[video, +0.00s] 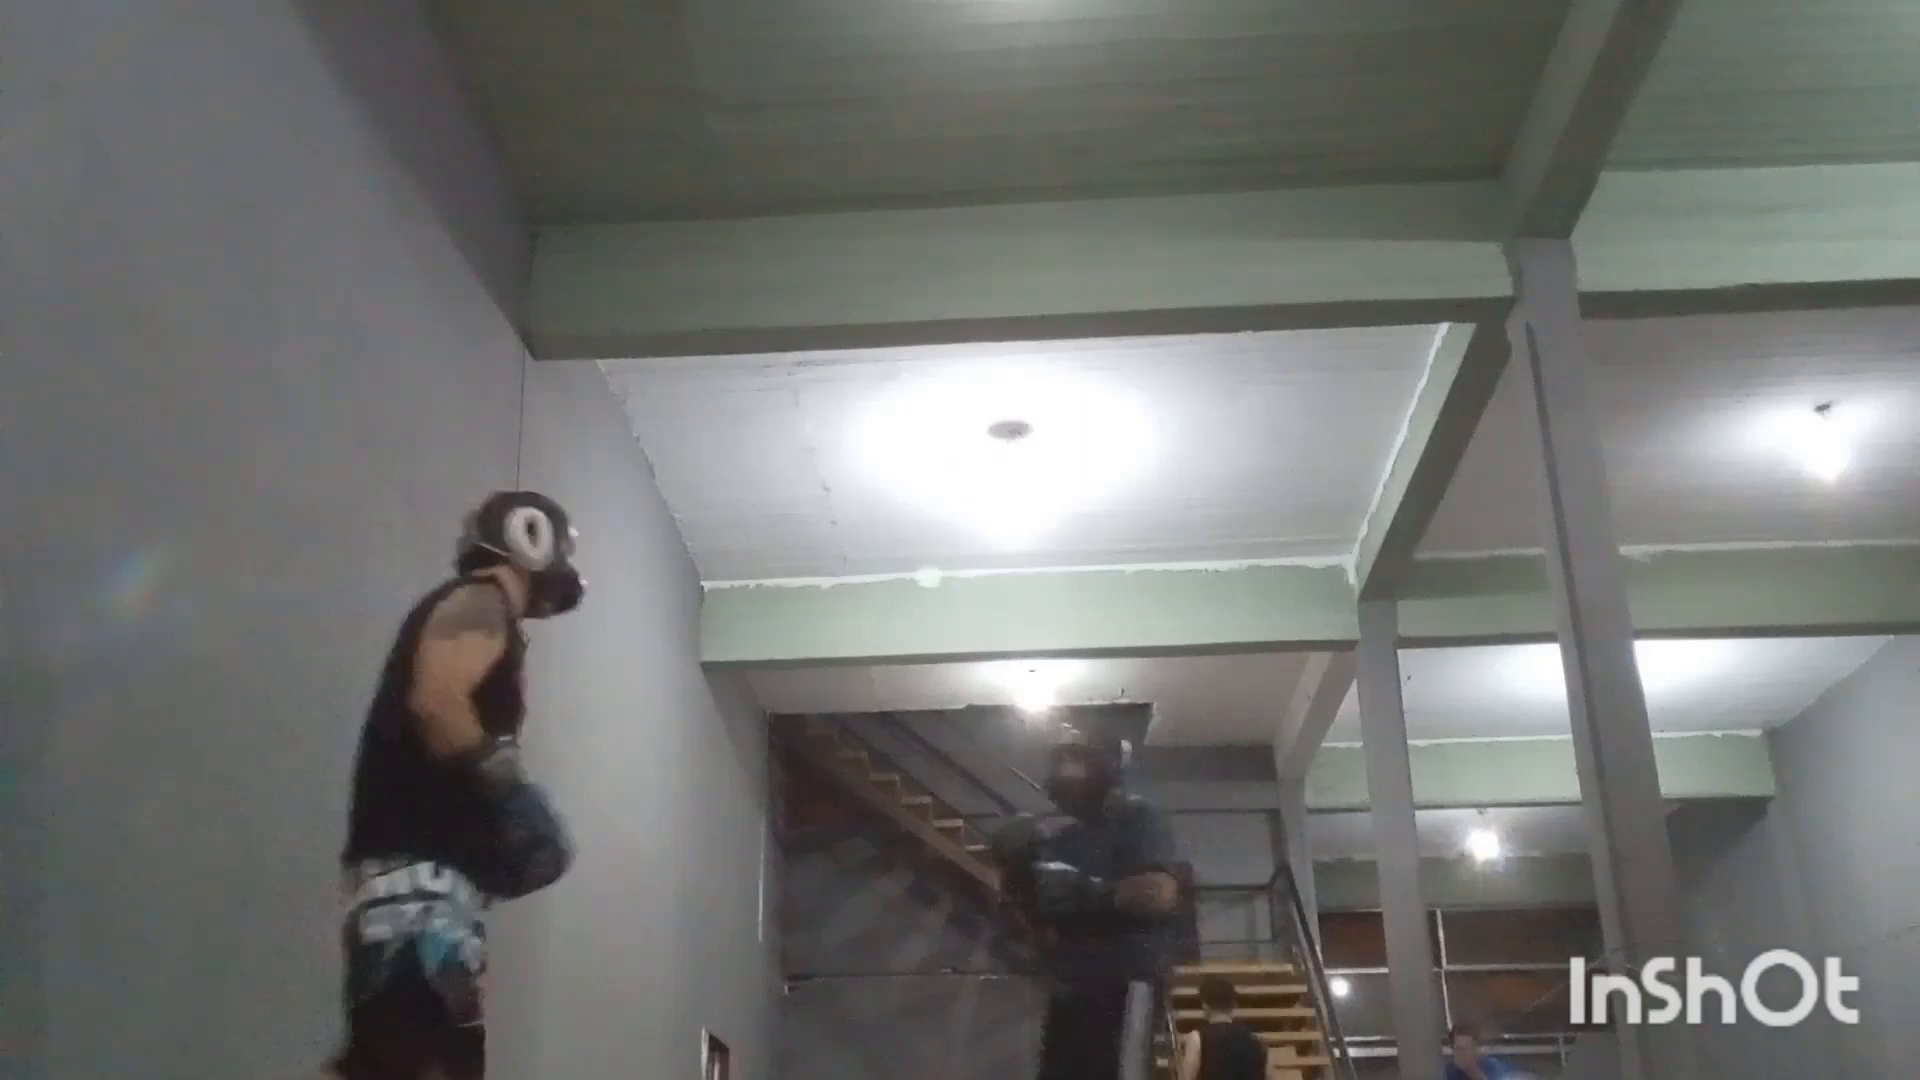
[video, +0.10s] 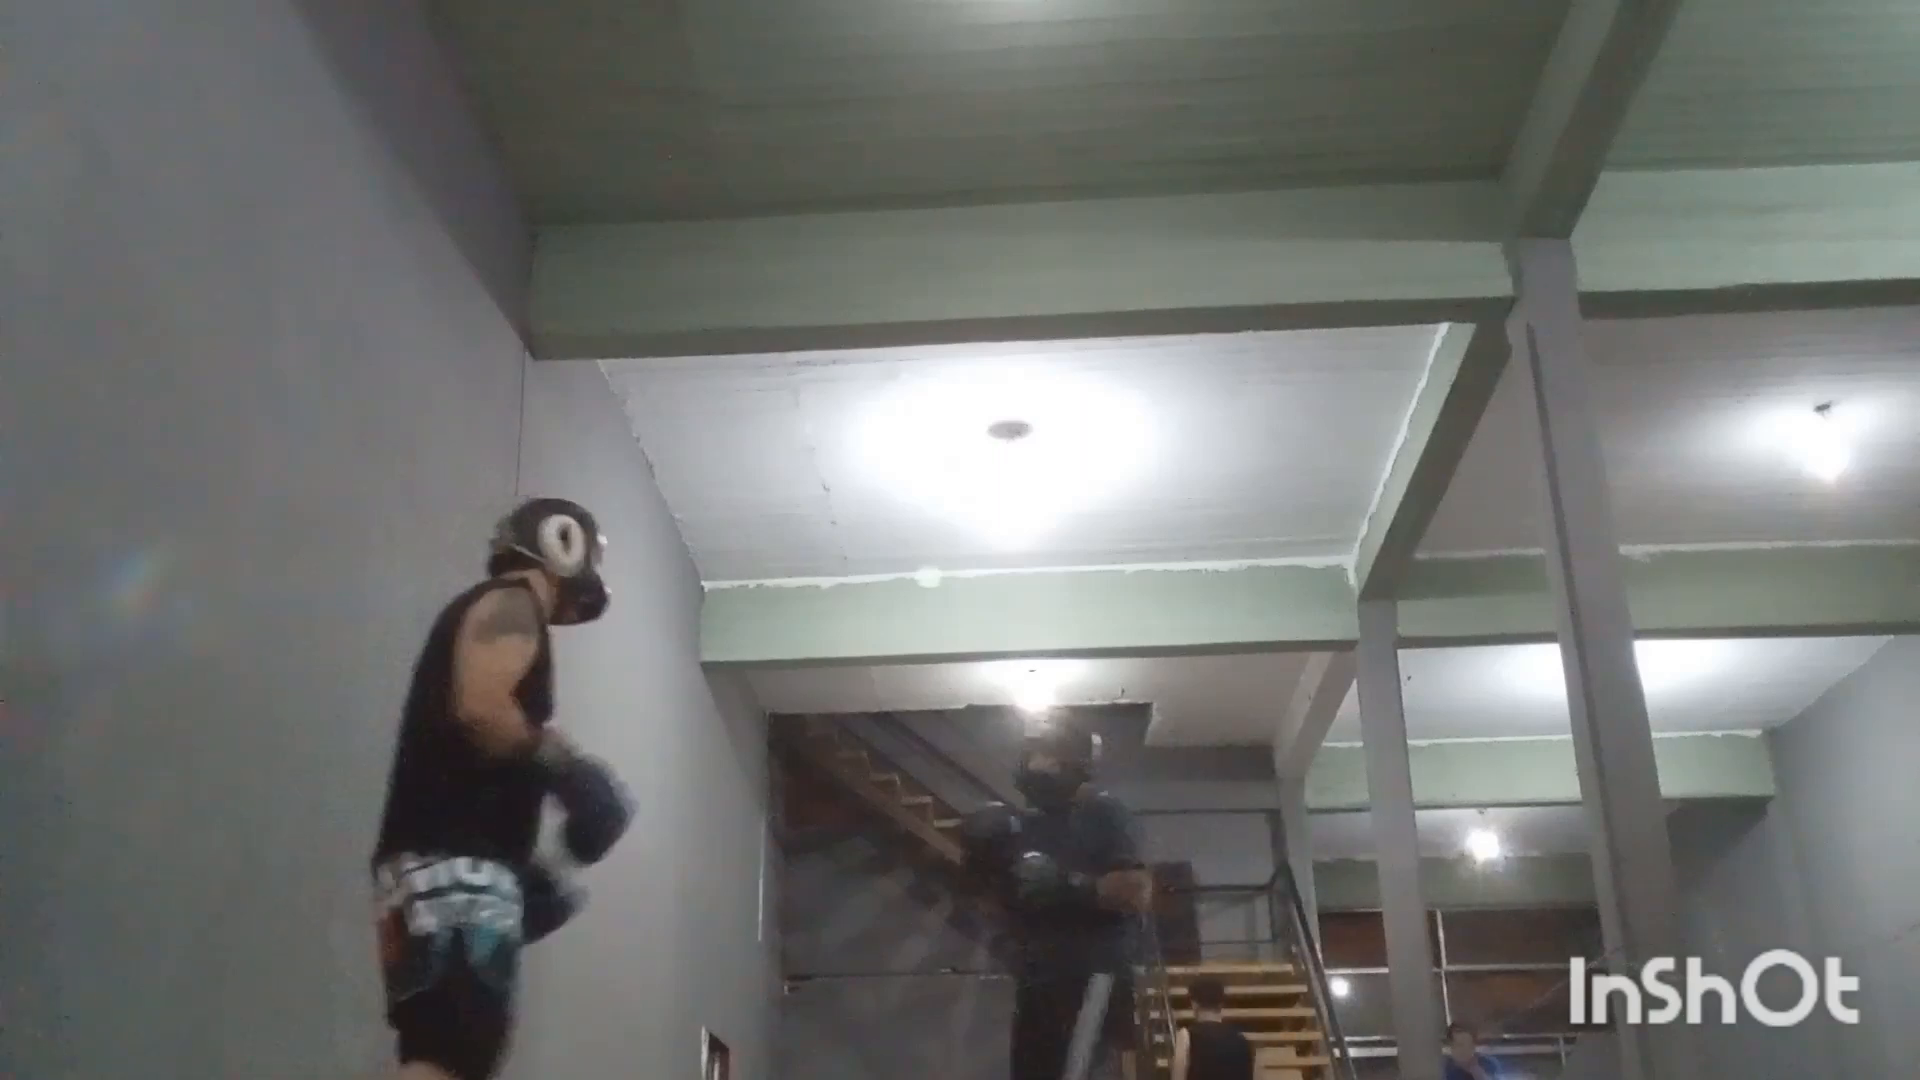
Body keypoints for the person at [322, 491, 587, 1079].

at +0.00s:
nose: (558, 579)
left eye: (562, 563)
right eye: (556, 560)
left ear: (511, 539)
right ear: (527, 537)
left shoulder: (468, 607)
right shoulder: (480, 603)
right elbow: (439, 700)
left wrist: (506, 819)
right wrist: (513, 799)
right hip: (418, 876)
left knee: (392, 1054)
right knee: (432, 1055)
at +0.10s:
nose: (576, 597)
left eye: (583, 585)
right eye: (578, 578)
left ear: (518, 551)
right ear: (559, 548)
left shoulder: (484, 612)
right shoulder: (510, 604)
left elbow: (460, 768)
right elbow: (481, 707)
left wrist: (520, 872)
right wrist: (569, 768)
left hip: (431, 860)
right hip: (458, 863)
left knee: (437, 1051)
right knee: (453, 1053)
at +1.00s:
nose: (883, 610)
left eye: (881, 596)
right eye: (877, 596)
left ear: (803, 603)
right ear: (858, 597)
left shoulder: (757, 673)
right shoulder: (857, 650)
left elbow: (686, 775)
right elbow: (939, 741)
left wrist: (729, 855)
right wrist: (928, 691)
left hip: (743, 881)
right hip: (810, 880)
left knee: (776, 1052)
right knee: (813, 1055)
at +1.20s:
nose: (921, 616)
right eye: (918, 609)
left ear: (838, 619)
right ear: (906, 609)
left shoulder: (791, 676)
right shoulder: (921, 651)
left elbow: (744, 789)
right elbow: (981, 753)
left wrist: (814, 806)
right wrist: (963, 699)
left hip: (790, 895)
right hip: (888, 885)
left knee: (822, 1058)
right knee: (930, 1047)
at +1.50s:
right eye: (995, 611)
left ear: (924, 621)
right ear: (991, 619)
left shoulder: (879, 679)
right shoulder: (1023, 667)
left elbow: (875, 778)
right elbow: (1049, 768)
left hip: (890, 905)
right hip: (995, 902)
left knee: (900, 1061)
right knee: (1010, 1061)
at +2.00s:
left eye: (987, 623)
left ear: (995, 623)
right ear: (1062, 620)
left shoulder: (954, 685)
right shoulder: (1105, 667)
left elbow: (892, 781)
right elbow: (1137, 764)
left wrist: (943, 736)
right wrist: (1092, 723)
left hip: (984, 912)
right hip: (1086, 905)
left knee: (1003, 1068)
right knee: (1141, 1063)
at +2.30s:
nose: (1013, 640)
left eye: (1013, 631)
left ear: (1025, 629)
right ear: (1096, 629)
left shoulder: (983, 688)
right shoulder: (1137, 683)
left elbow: (917, 783)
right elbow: (1159, 790)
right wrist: (1108, 749)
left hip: (1013, 918)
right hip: (1115, 914)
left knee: (1017, 1066)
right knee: (1144, 1067)